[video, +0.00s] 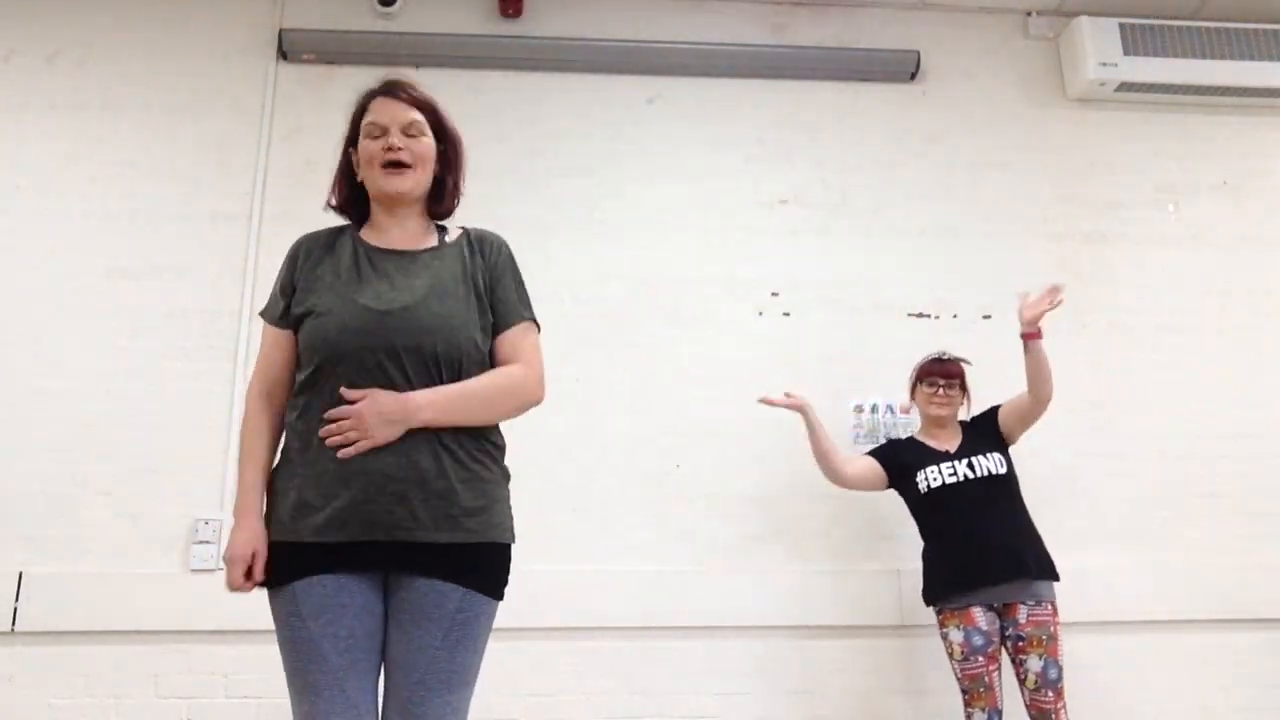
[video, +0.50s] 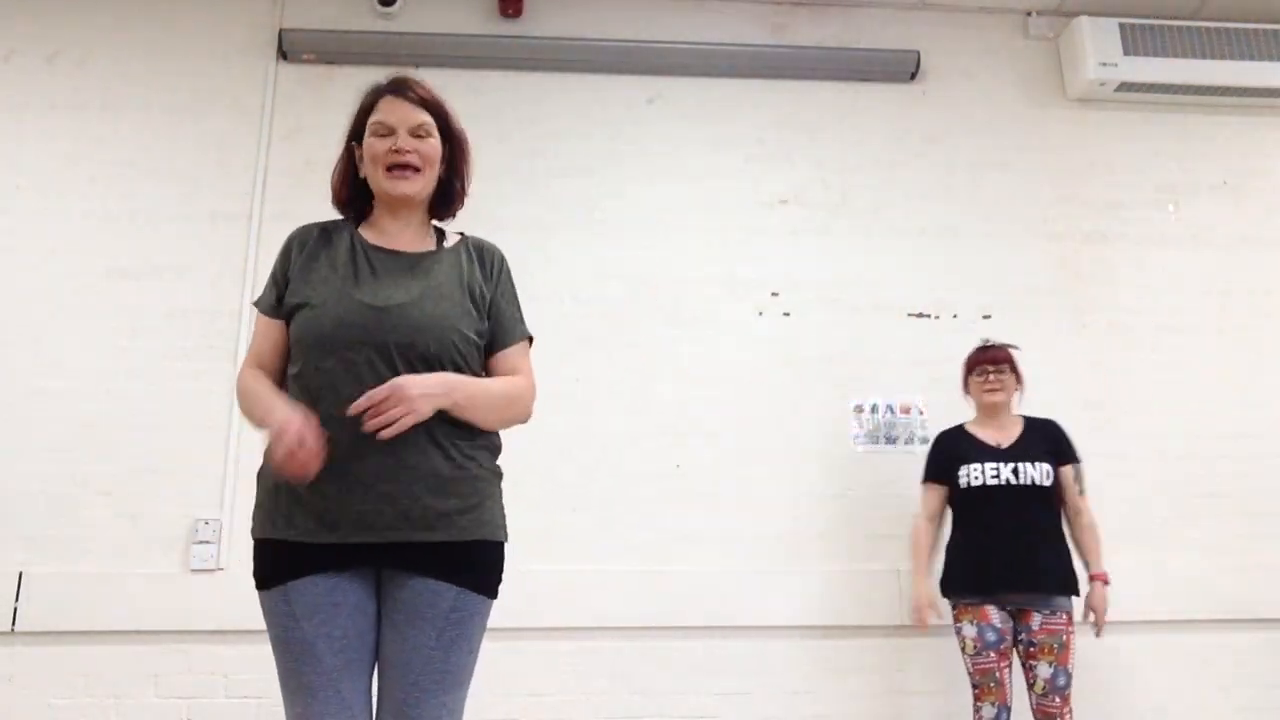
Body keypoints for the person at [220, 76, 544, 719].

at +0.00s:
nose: (394, 143)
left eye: (413, 132)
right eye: (376, 133)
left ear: (440, 156)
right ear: (355, 160)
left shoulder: (483, 255)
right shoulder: (311, 257)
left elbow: (526, 380)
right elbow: (267, 396)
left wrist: (409, 408)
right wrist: (248, 517)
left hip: (454, 536)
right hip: (317, 536)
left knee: (429, 714)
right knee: (331, 714)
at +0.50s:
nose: (403, 144)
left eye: (420, 132)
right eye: (383, 132)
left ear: (446, 156)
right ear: (359, 156)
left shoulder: (480, 264)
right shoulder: (308, 250)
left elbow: (519, 396)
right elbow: (254, 375)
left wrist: (444, 388)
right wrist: (284, 415)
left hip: (448, 534)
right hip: (310, 531)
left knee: (423, 714)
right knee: (324, 713)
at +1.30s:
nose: (447, 129)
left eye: (463, 119)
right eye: (426, 120)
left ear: (486, 146)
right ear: (398, 149)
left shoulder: (523, 256)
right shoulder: (347, 236)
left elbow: (556, 410)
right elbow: (291, 363)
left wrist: (550, 382)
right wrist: (324, 383)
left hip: (492, 524)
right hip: (349, 522)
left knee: (478, 714)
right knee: (352, 713)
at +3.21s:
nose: (446, 124)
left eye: (466, 117)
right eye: (429, 111)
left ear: (485, 148)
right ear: (397, 133)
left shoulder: (513, 250)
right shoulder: (332, 230)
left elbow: (547, 400)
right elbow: (271, 375)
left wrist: (502, 333)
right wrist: (339, 323)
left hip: (486, 527)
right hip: (334, 521)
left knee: (472, 714)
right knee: (336, 713)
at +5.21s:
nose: (459, 122)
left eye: (480, 115)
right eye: (442, 107)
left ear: (498, 147)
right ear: (411, 125)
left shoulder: (519, 252)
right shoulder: (339, 220)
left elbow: (542, 410)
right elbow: (268, 360)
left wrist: (542, 356)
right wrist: (312, 350)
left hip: (492, 522)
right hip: (342, 517)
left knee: (478, 714)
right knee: (341, 713)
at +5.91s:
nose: (461, 129)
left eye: (481, 119)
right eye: (443, 112)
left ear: (498, 142)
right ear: (410, 127)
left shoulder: (522, 249)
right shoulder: (340, 222)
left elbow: (549, 405)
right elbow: (277, 361)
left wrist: (520, 368)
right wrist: (344, 357)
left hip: (489, 521)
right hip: (339, 514)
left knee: (473, 714)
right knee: (338, 713)